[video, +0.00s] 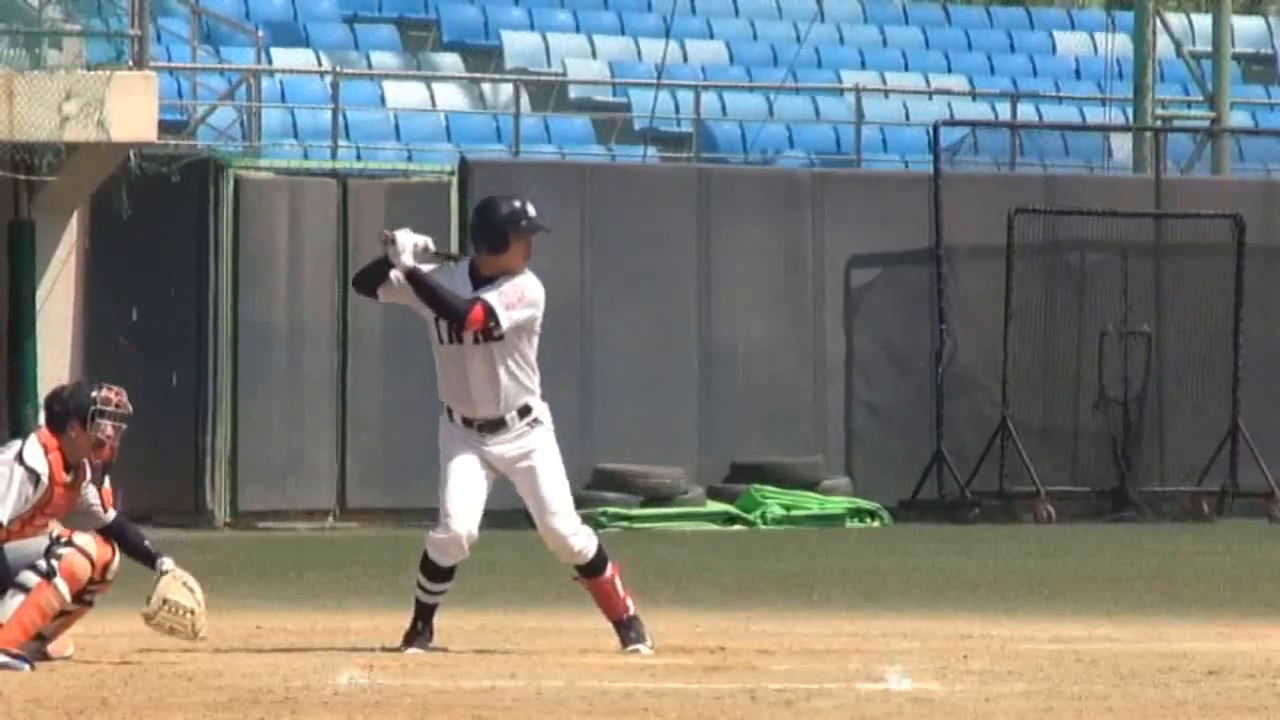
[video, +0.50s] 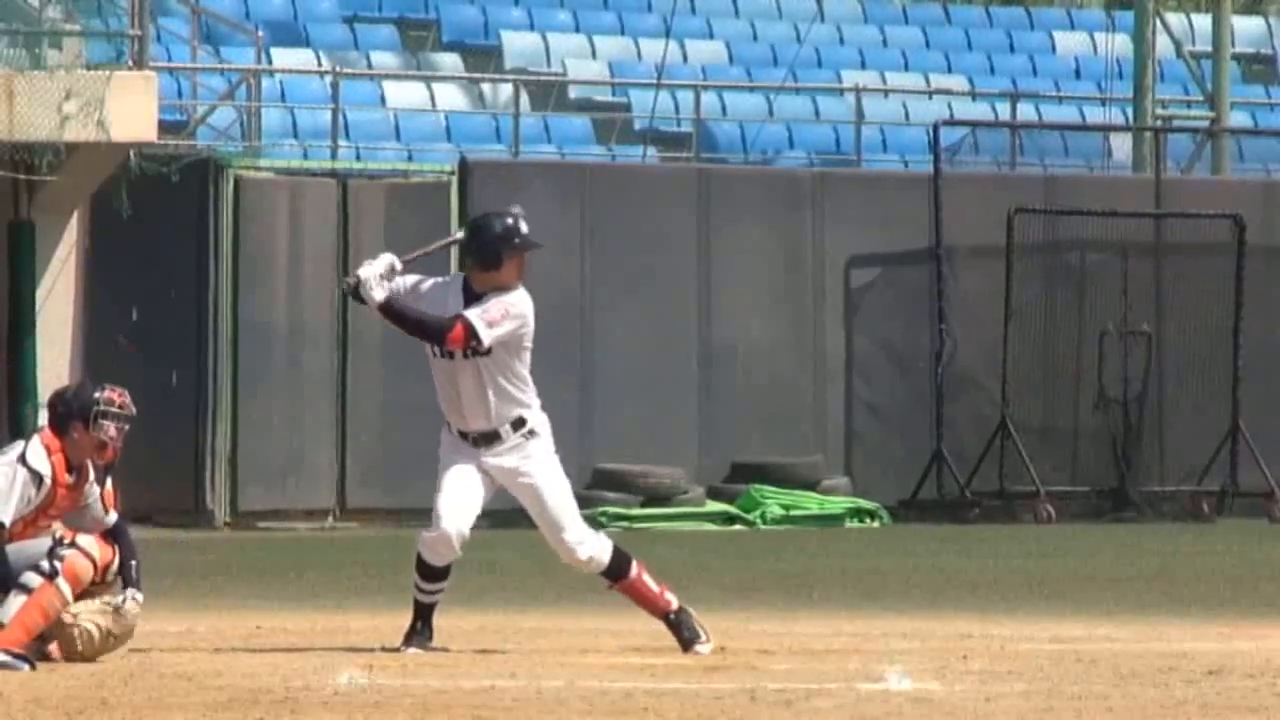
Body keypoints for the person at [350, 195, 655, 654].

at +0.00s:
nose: (530, 247)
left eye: (530, 238)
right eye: (523, 239)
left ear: (505, 244)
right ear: (498, 244)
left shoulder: (526, 290)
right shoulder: (440, 280)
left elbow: (468, 318)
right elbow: (365, 285)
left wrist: (411, 271)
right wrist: (397, 257)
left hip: (525, 430)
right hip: (462, 435)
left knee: (562, 531)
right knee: (454, 533)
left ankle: (627, 622)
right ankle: (421, 625)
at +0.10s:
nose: (517, 253)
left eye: (516, 244)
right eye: (510, 245)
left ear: (494, 247)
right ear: (483, 248)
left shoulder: (509, 293)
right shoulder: (425, 280)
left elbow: (450, 321)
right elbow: (351, 278)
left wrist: (391, 271)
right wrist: (380, 249)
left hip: (511, 431)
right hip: (450, 439)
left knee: (564, 523)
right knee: (445, 533)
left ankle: (639, 615)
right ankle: (419, 627)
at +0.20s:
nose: (511, 255)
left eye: (511, 247)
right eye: (505, 247)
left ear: (487, 251)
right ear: (479, 250)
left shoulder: (504, 297)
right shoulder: (422, 279)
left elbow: (444, 324)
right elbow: (347, 280)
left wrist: (384, 275)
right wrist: (370, 255)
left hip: (507, 434)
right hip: (447, 442)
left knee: (569, 533)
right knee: (441, 533)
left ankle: (662, 614)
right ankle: (419, 627)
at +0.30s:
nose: (512, 260)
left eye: (512, 252)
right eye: (506, 252)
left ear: (484, 254)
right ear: (481, 255)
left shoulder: (503, 300)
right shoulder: (425, 285)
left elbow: (442, 329)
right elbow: (349, 283)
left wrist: (376, 283)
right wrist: (367, 257)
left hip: (509, 439)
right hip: (449, 444)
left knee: (570, 542)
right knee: (442, 533)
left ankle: (668, 614)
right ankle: (419, 628)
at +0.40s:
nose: (518, 262)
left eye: (518, 253)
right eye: (511, 254)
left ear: (492, 257)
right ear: (486, 258)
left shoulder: (509, 302)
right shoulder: (429, 288)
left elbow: (443, 333)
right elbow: (353, 291)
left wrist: (379, 290)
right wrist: (370, 269)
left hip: (516, 442)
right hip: (457, 447)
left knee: (574, 545)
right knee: (443, 532)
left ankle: (672, 614)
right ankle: (420, 628)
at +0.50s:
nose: (524, 263)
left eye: (524, 254)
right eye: (519, 254)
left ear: (495, 258)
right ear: (494, 258)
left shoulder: (515, 304)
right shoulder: (436, 290)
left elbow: (450, 336)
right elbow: (381, 294)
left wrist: (380, 304)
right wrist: (378, 275)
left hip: (521, 444)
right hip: (463, 447)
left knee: (576, 545)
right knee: (444, 532)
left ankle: (674, 614)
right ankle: (420, 627)